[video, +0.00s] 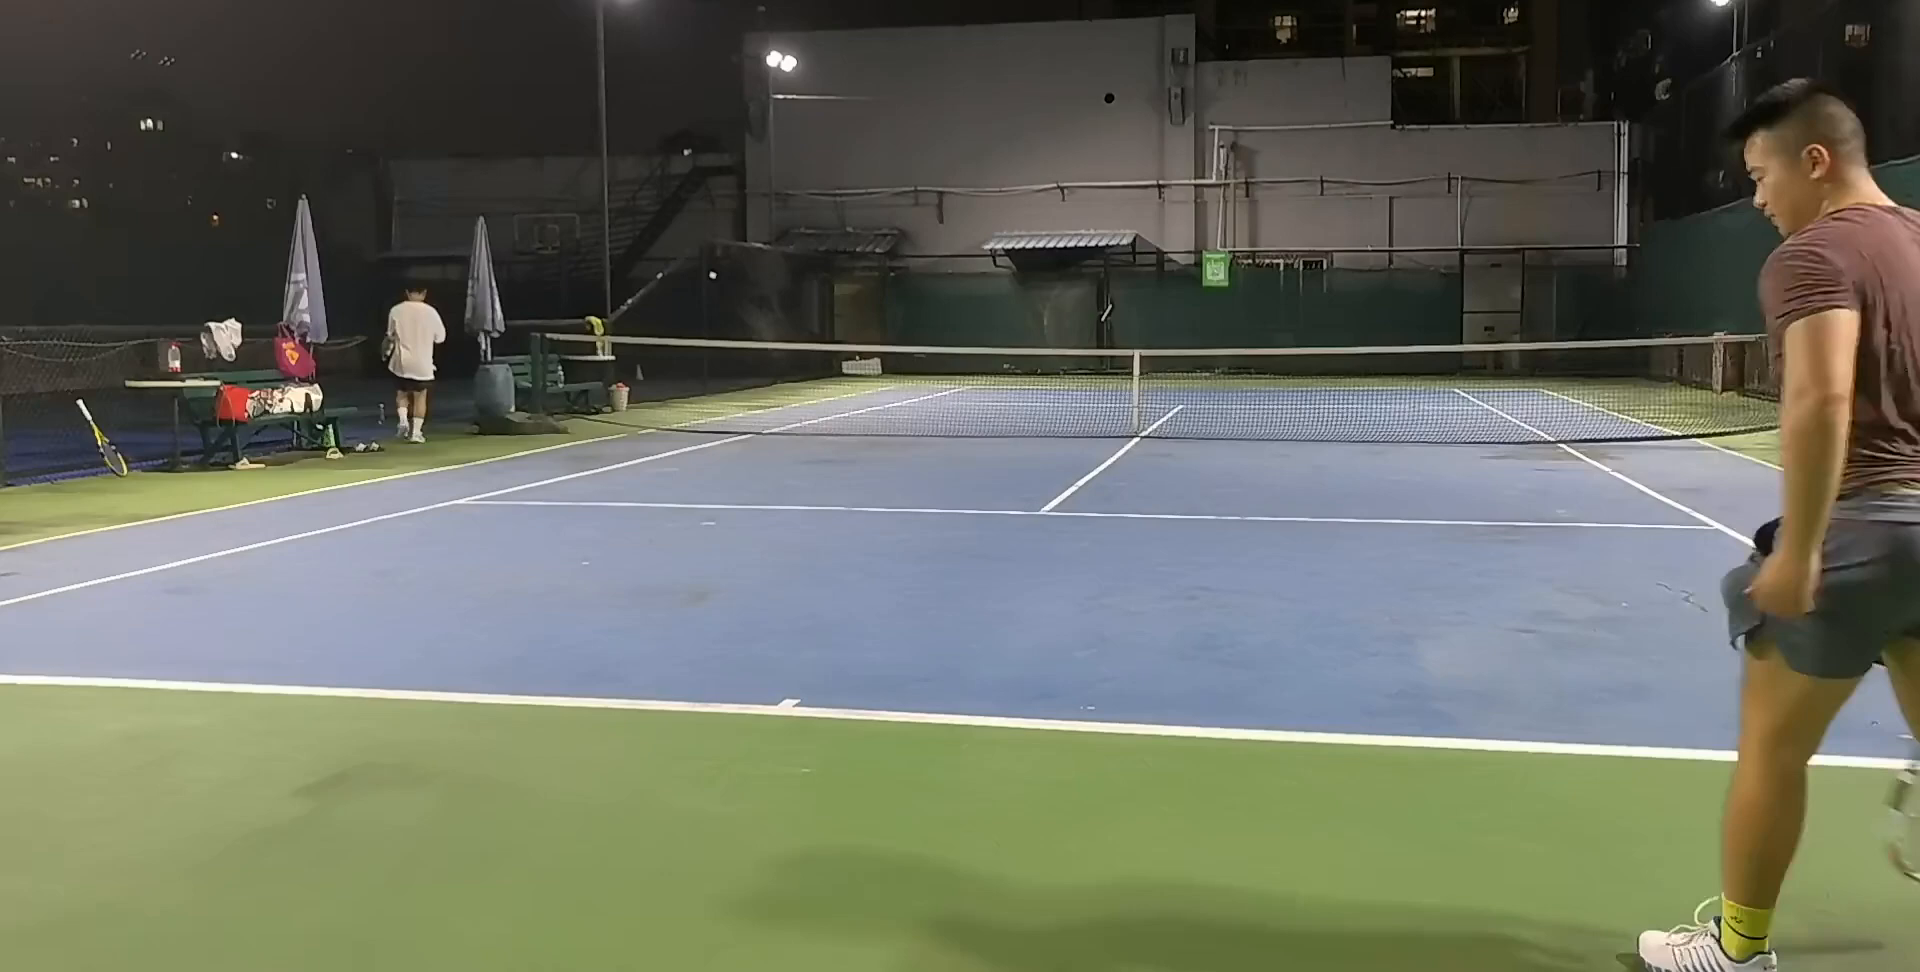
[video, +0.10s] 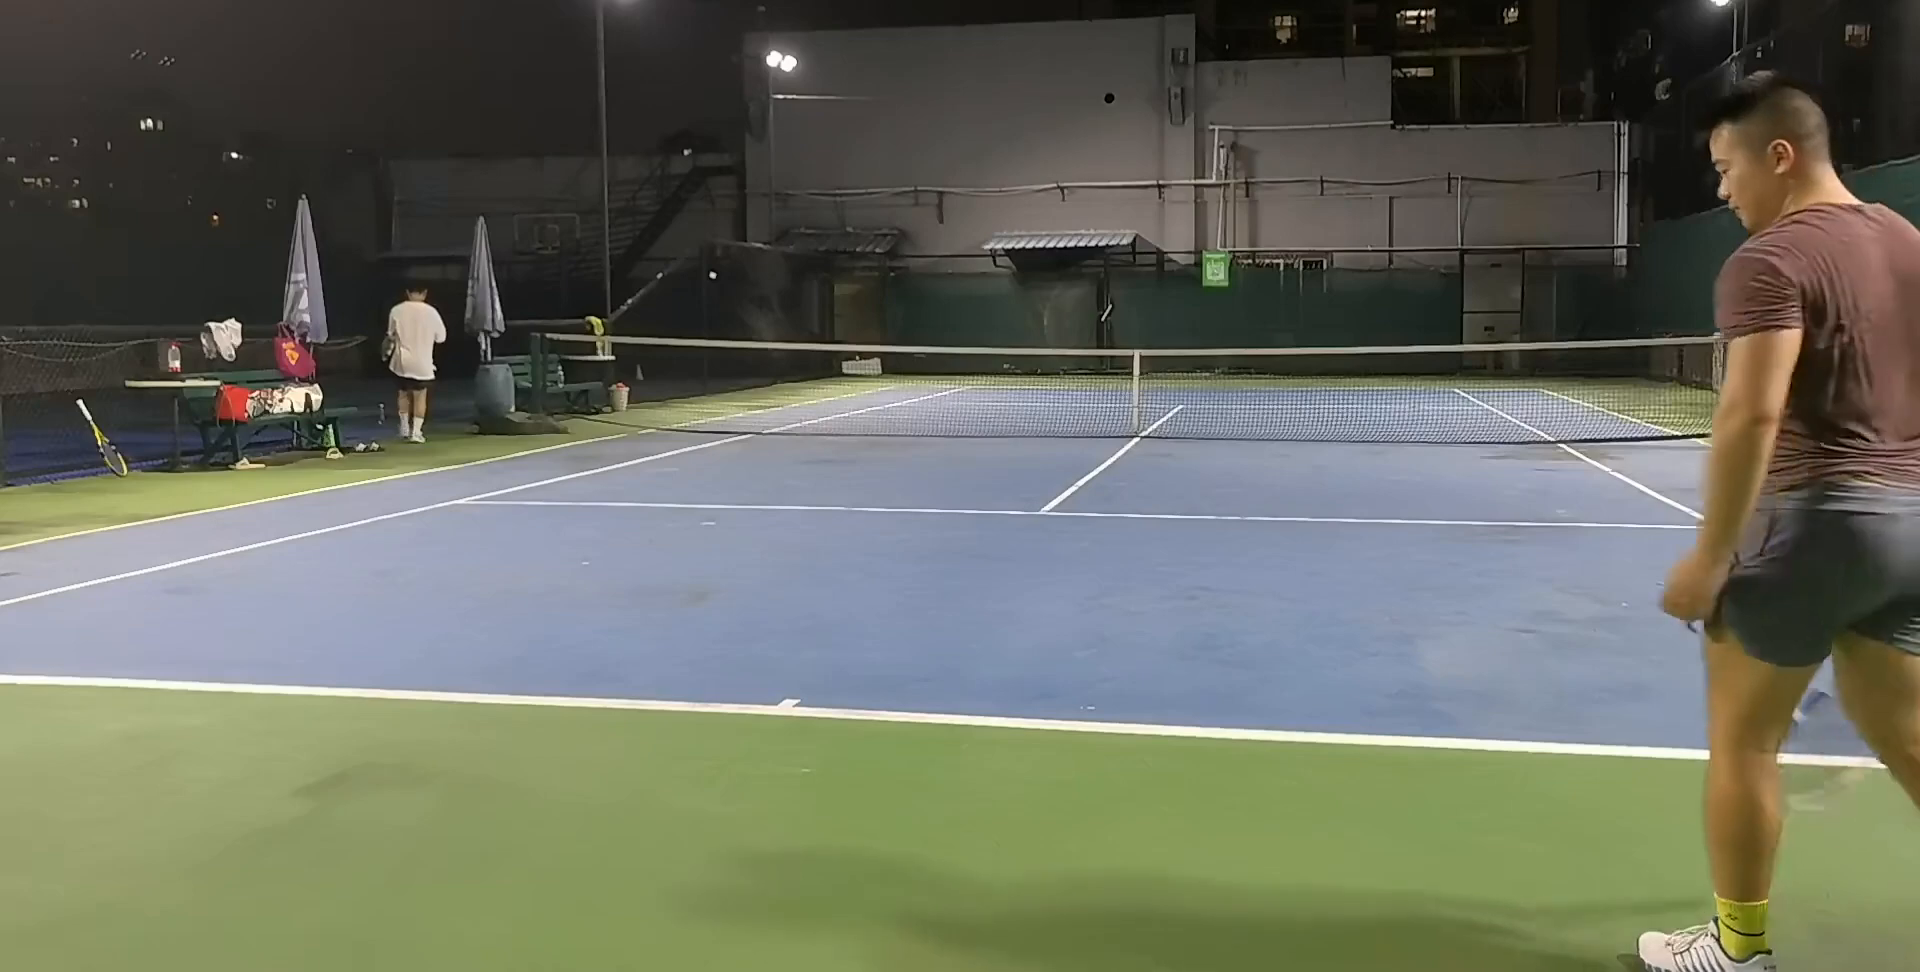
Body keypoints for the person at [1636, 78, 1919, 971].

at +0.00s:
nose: (1757, 201)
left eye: (1762, 179)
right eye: (1753, 183)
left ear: (1820, 162)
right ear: (1833, 162)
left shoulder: (1813, 255)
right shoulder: (1911, 234)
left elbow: (1823, 400)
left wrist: (1796, 551)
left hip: (1858, 530)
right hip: (1917, 521)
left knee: (1773, 747)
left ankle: (1738, 943)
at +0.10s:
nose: (1722, 188)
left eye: (1727, 166)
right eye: (1718, 169)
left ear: (1783, 155)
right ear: (1809, 155)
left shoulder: (1769, 260)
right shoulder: (1903, 237)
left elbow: (1753, 416)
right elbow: (1901, 394)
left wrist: (1709, 555)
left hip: (1814, 521)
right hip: (1907, 513)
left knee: (1745, 743)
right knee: (1899, 732)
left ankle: (1739, 943)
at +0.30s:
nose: (1652, 183)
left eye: (1659, 162)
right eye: (1650, 164)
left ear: (1714, 153)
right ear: (1737, 155)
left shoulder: (1687, 261)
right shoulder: (1843, 250)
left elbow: (1610, 407)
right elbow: (1867, 395)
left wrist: (1541, 479)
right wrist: (1868, 492)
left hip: (1723, 510)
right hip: (1825, 507)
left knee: (1709, 735)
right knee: (1757, 699)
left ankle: (1737, 943)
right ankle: (1852, 884)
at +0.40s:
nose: (1621, 183)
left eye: (1627, 164)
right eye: (1618, 165)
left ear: (1680, 157)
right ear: (1705, 158)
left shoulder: (1650, 265)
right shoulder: (1805, 253)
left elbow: (1565, 396)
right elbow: (1836, 398)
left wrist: (1504, 443)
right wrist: (1840, 496)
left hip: (1694, 512)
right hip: (1788, 508)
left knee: (1702, 736)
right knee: (1699, 696)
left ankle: (1740, 939)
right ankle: (1721, 879)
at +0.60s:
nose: (1563, 188)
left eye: (1569, 172)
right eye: (1563, 172)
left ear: (1614, 172)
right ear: (1647, 172)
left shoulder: (1583, 263)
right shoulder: (1729, 269)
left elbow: (1513, 394)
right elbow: (1767, 409)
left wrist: (1480, 459)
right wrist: (1784, 512)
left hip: (1624, 502)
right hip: (1709, 502)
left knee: (1655, 726)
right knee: (1612, 688)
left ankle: (1733, 935)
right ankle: (1581, 856)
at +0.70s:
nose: (1540, 178)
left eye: (1546, 163)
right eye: (1542, 162)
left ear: (1582, 168)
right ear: (1626, 169)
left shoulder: (1555, 250)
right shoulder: (1694, 268)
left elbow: (1506, 380)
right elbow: (1725, 411)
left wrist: (1479, 482)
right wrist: (1735, 513)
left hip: (1590, 497)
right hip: (1672, 496)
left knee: (1587, 708)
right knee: (1595, 682)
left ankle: (1703, 898)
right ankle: (1581, 856)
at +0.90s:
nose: (1489, 175)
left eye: (1492, 161)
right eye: (1491, 161)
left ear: (1513, 166)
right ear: (1570, 167)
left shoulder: (1511, 242)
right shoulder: (1619, 262)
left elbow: (1494, 351)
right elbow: (1633, 399)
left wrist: (1470, 466)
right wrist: (1629, 491)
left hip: (1529, 482)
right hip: (1605, 479)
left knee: (1443, 655)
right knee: (1570, 666)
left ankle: (1556, 825)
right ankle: (1588, 859)